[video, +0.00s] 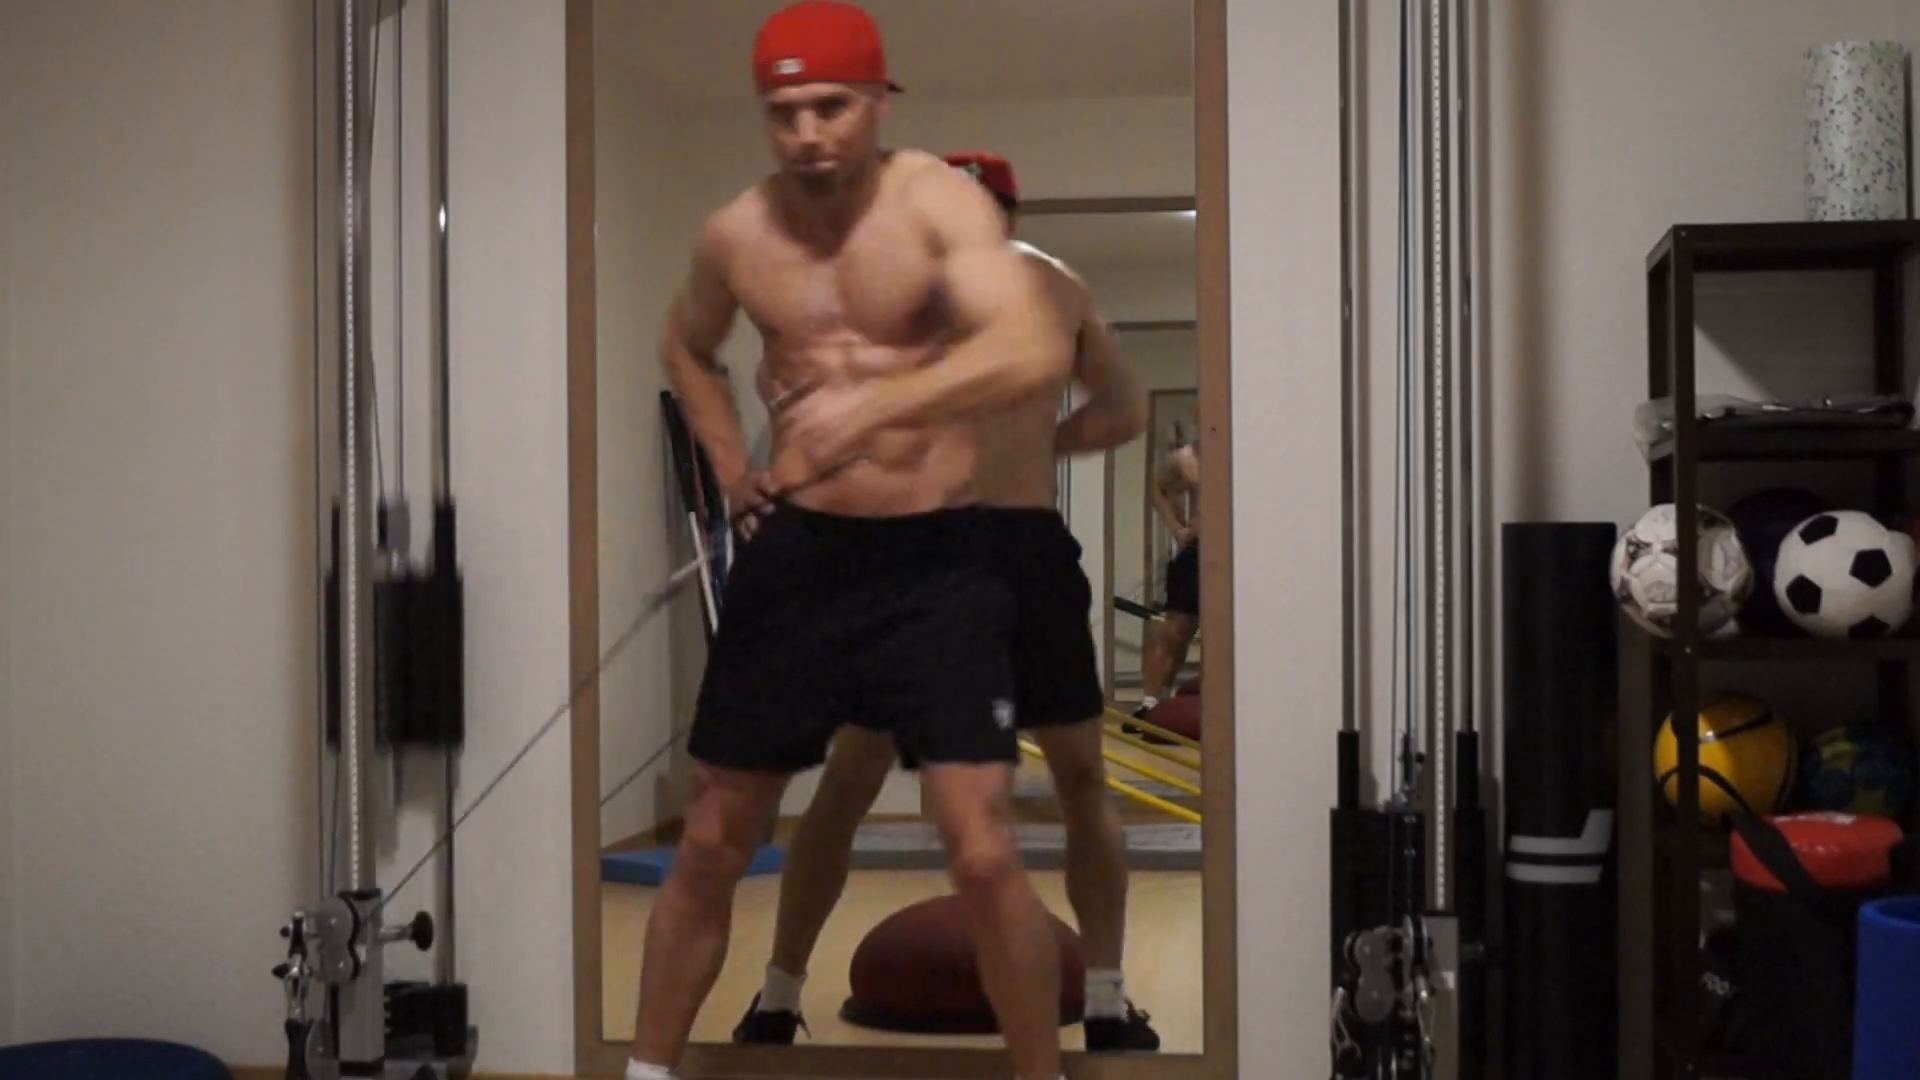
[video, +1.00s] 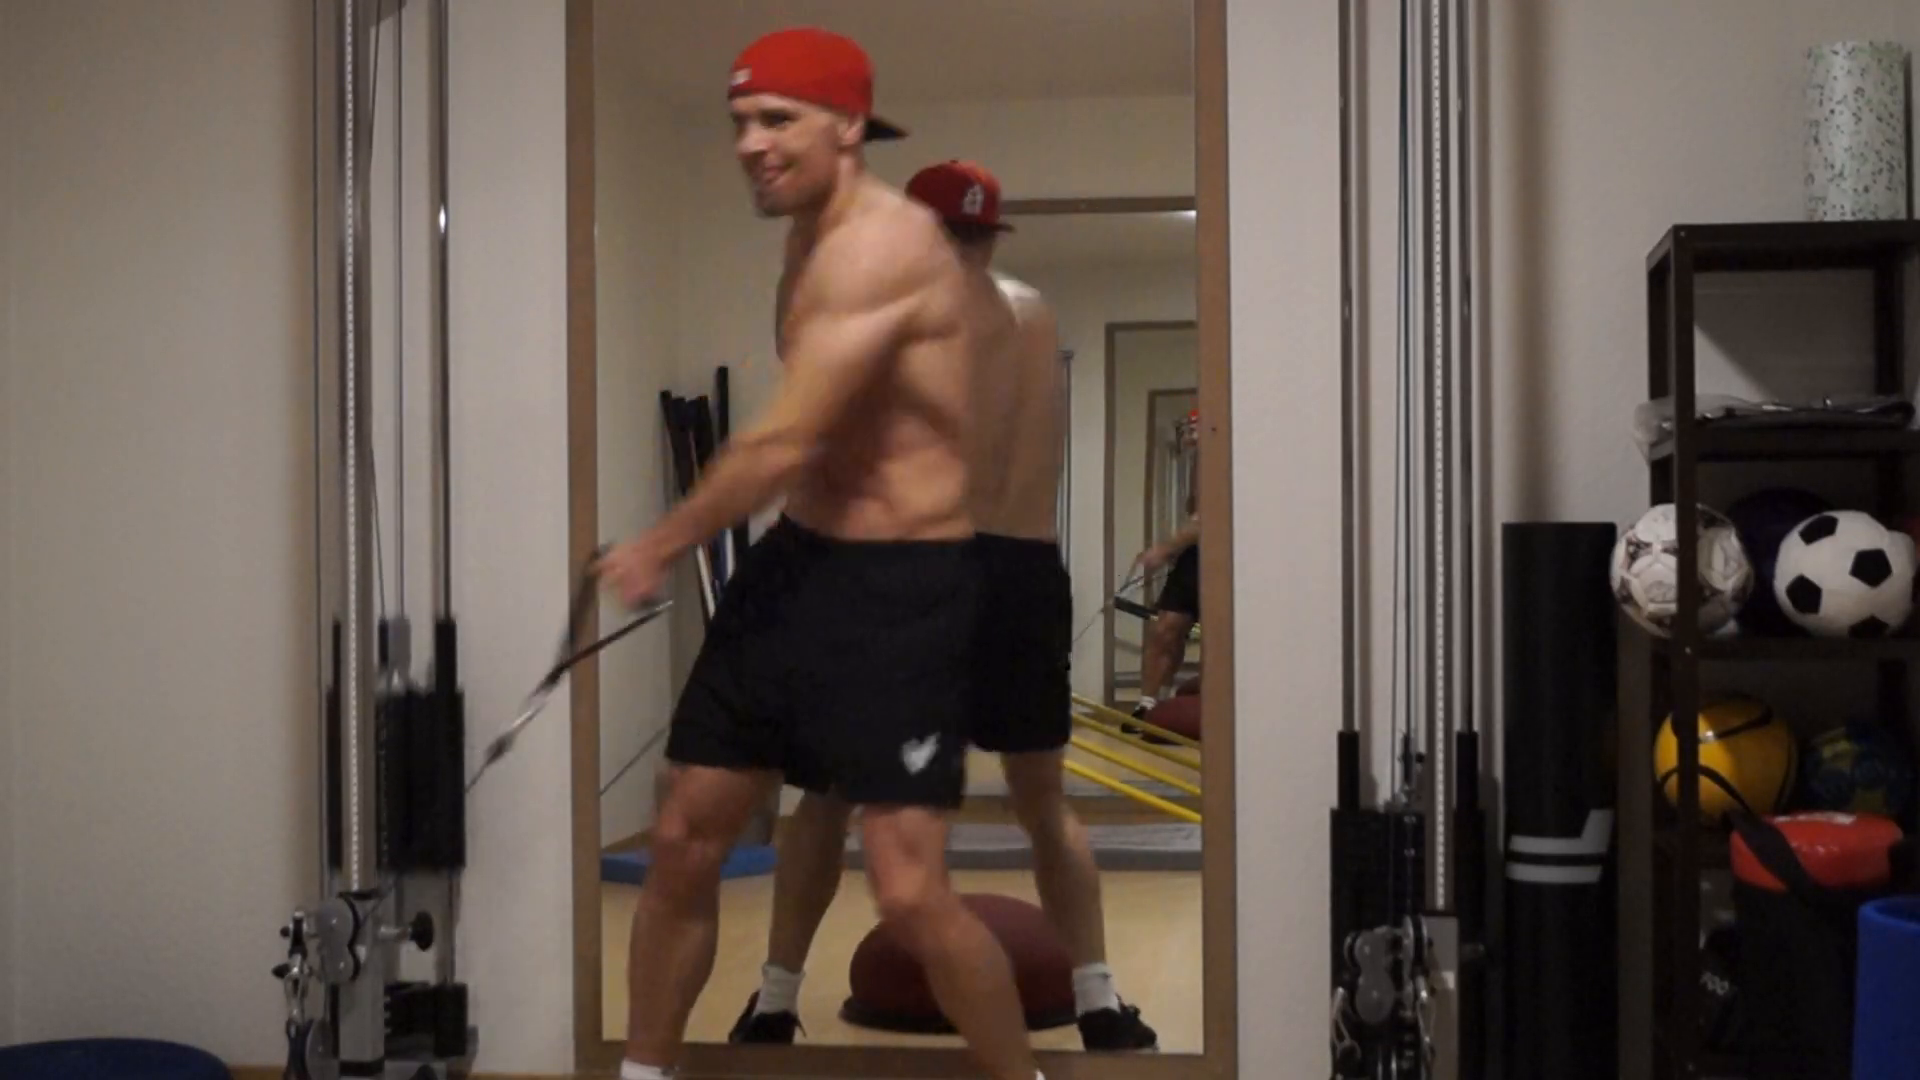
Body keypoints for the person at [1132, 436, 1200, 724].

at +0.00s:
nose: (1208, 427)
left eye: (1213, 421)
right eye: (1203, 420)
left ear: (1223, 425)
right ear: (1197, 423)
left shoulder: (1231, 461)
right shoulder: (1187, 459)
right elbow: (1159, 490)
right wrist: (1178, 528)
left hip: (1221, 549)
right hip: (1194, 546)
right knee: (1178, 628)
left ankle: (1163, 695)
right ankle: (1151, 697)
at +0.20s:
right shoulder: (1195, 464)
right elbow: (1151, 493)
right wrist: (1177, 534)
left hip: (1229, 556)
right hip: (1203, 553)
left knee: (1191, 634)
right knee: (1182, 632)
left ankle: (1164, 695)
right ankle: (1152, 699)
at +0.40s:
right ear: (1211, 429)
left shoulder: (1236, 462)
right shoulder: (1189, 459)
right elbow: (1151, 491)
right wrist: (1172, 531)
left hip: (1224, 550)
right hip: (1195, 548)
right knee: (1177, 627)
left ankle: (1165, 693)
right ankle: (1150, 700)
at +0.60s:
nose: (1187, 432)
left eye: (1192, 424)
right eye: (1182, 426)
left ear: (1207, 427)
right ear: (1178, 430)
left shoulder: (1218, 464)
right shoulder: (1177, 467)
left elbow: (1227, 507)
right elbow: (1173, 503)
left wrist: (1201, 523)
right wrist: (1180, 526)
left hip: (1215, 546)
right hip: (1186, 545)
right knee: (1166, 624)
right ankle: (1149, 698)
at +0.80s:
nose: (1178, 434)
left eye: (1184, 427)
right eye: (1175, 428)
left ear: (1202, 428)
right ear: (1175, 431)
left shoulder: (1203, 463)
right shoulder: (1198, 462)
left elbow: (1188, 522)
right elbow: (1189, 522)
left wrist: (1150, 549)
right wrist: (1159, 551)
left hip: (1194, 552)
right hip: (1191, 550)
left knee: (1164, 624)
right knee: (1168, 625)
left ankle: (1148, 700)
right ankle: (1157, 696)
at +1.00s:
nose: (1192, 436)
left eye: (1198, 429)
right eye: (1191, 430)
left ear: (1213, 430)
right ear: (1193, 433)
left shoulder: (1224, 461)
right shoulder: (1204, 458)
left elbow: (1207, 520)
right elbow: (1201, 516)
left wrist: (1165, 549)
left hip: (1221, 546)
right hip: (1198, 546)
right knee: (1167, 626)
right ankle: (1148, 699)